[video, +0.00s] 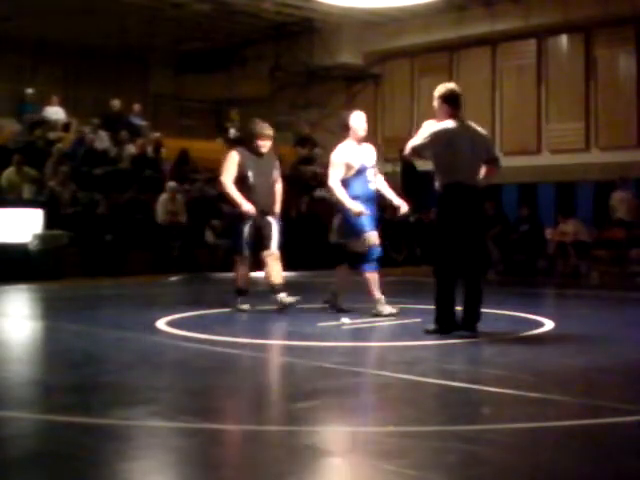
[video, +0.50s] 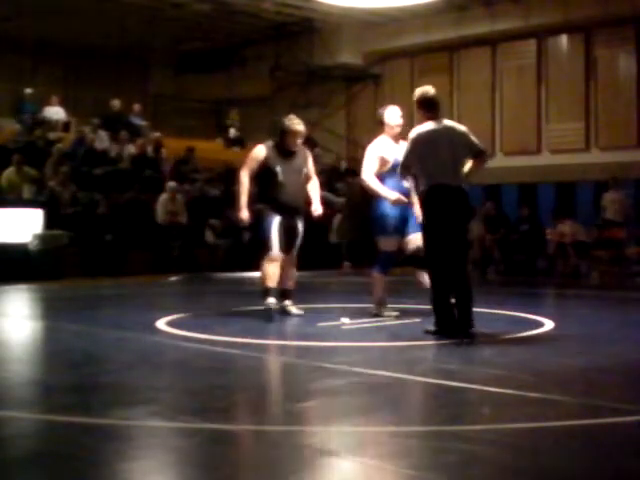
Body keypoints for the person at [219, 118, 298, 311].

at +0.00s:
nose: (265, 143)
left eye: (268, 139)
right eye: (261, 139)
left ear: (272, 140)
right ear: (252, 140)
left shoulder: (272, 159)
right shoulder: (237, 156)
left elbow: (277, 183)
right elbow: (226, 180)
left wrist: (276, 208)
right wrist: (243, 203)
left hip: (267, 212)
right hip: (246, 213)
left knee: (272, 253)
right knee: (244, 256)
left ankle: (279, 289)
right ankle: (241, 292)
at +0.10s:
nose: (275, 146)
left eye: (277, 142)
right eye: (271, 142)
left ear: (280, 143)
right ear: (261, 141)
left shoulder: (281, 162)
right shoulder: (244, 157)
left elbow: (285, 187)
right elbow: (231, 180)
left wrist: (285, 214)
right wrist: (248, 205)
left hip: (274, 215)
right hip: (252, 215)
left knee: (277, 255)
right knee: (248, 259)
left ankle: (283, 295)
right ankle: (243, 292)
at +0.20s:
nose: (285, 147)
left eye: (287, 142)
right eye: (281, 142)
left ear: (290, 143)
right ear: (271, 141)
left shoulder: (290, 162)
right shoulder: (252, 156)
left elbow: (294, 188)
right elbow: (239, 181)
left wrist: (295, 216)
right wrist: (246, 210)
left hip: (281, 213)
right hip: (258, 214)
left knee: (284, 255)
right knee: (253, 261)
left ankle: (286, 297)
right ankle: (247, 293)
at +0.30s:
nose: (291, 146)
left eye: (294, 142)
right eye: (288, 141)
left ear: (297, 142)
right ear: (277, 139)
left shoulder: (298, 161)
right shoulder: (257, 154)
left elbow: (302, 186)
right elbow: (243, 177)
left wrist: (306, 213)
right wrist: (242, 209)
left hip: (288, 213)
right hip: (263, 212)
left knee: (287, 256)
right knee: (259, 256)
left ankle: (287, 297)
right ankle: (253, 291)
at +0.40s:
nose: (295, 142)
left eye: (298, 138)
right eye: (292, 138)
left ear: (300, 138)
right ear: (281, 136)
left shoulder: (302, 156)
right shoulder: (261, 151)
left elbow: (308, 180)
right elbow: (244, 174)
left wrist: (312, 205)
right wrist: (241, 206)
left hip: (292, 209)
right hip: (266, 208)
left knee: (290, 255)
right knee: (266, 251)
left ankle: (286, 297)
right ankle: (263, 295)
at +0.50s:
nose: (298, 141)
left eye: (301, 137)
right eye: (294, 137)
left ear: (303, 137)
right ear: (283, 135)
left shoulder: (305, 155)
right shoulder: (263, 152)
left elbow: (311, 178)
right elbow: (245, 173)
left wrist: (316, 201)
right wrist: (243, 206)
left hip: (295, 209)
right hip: (271, 208)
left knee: (291, 256)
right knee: (274, 253)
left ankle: (287, 297)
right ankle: (270, 295)